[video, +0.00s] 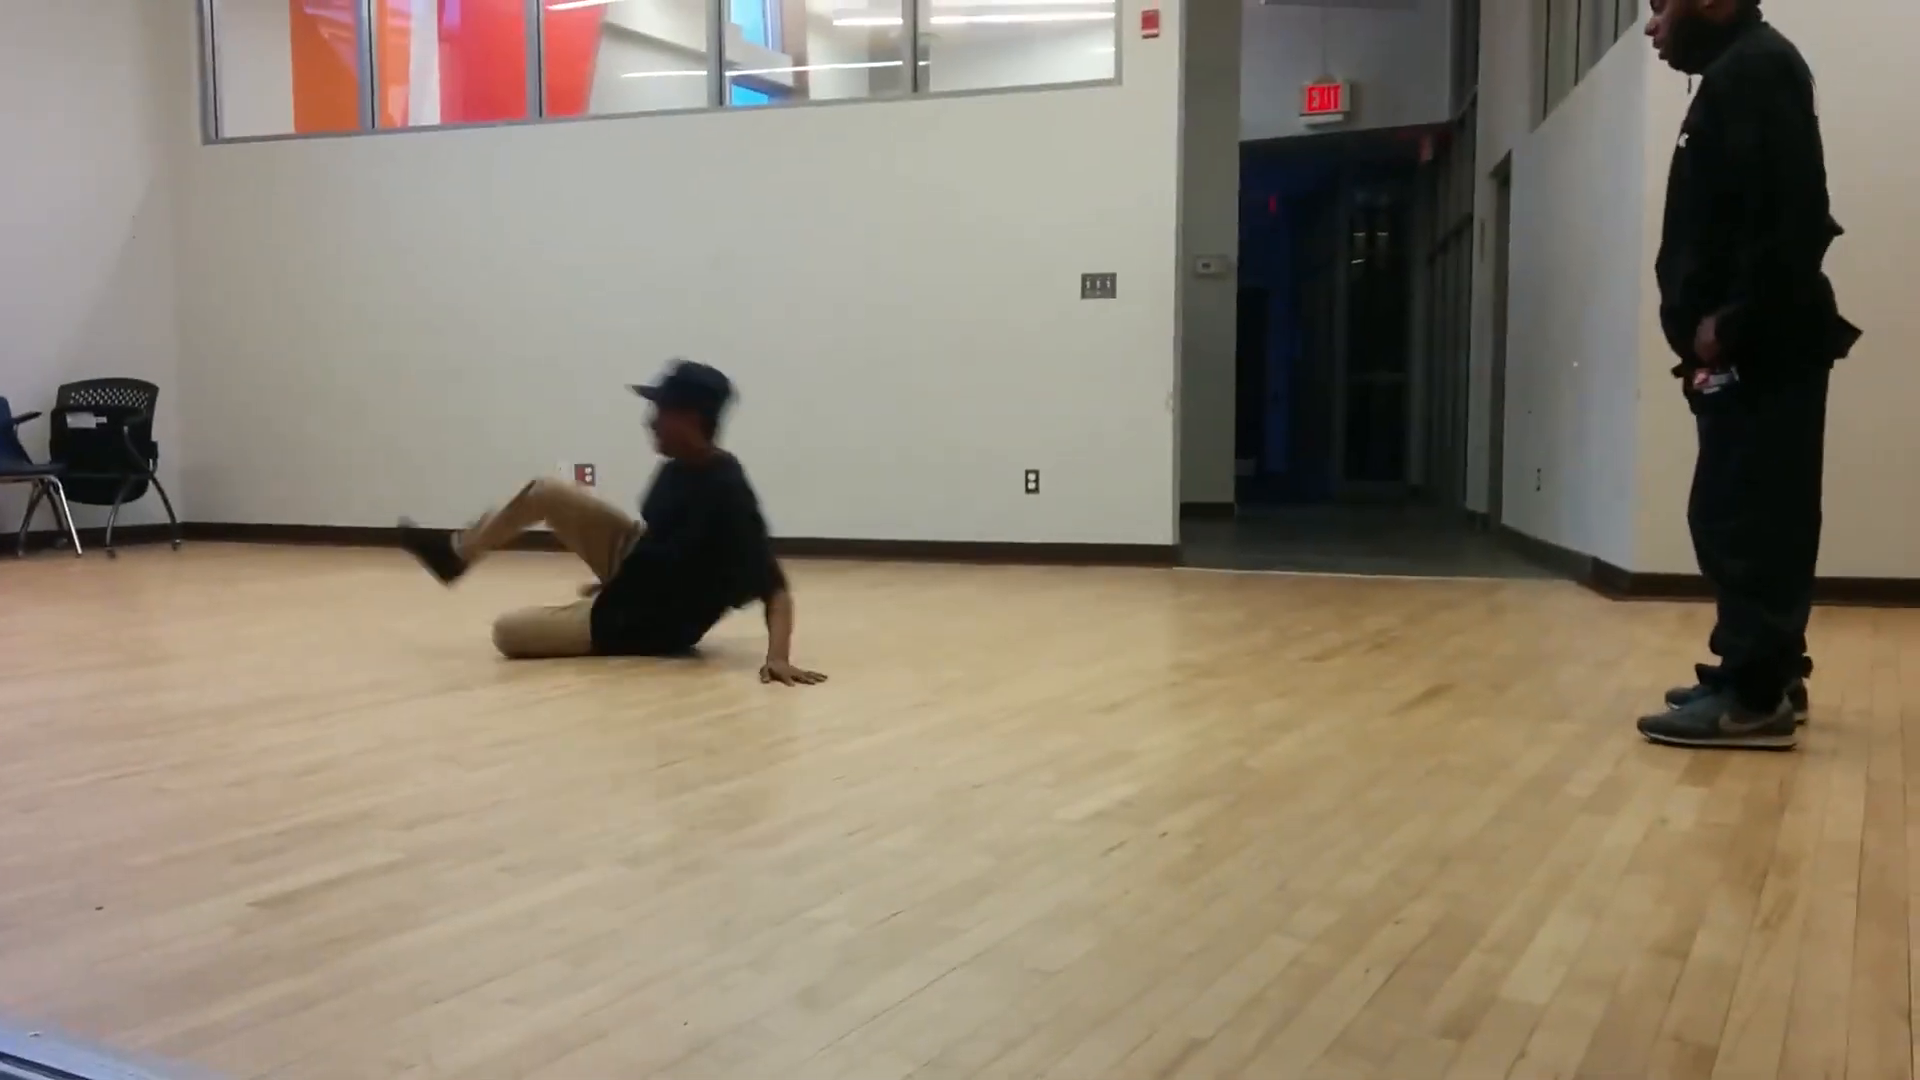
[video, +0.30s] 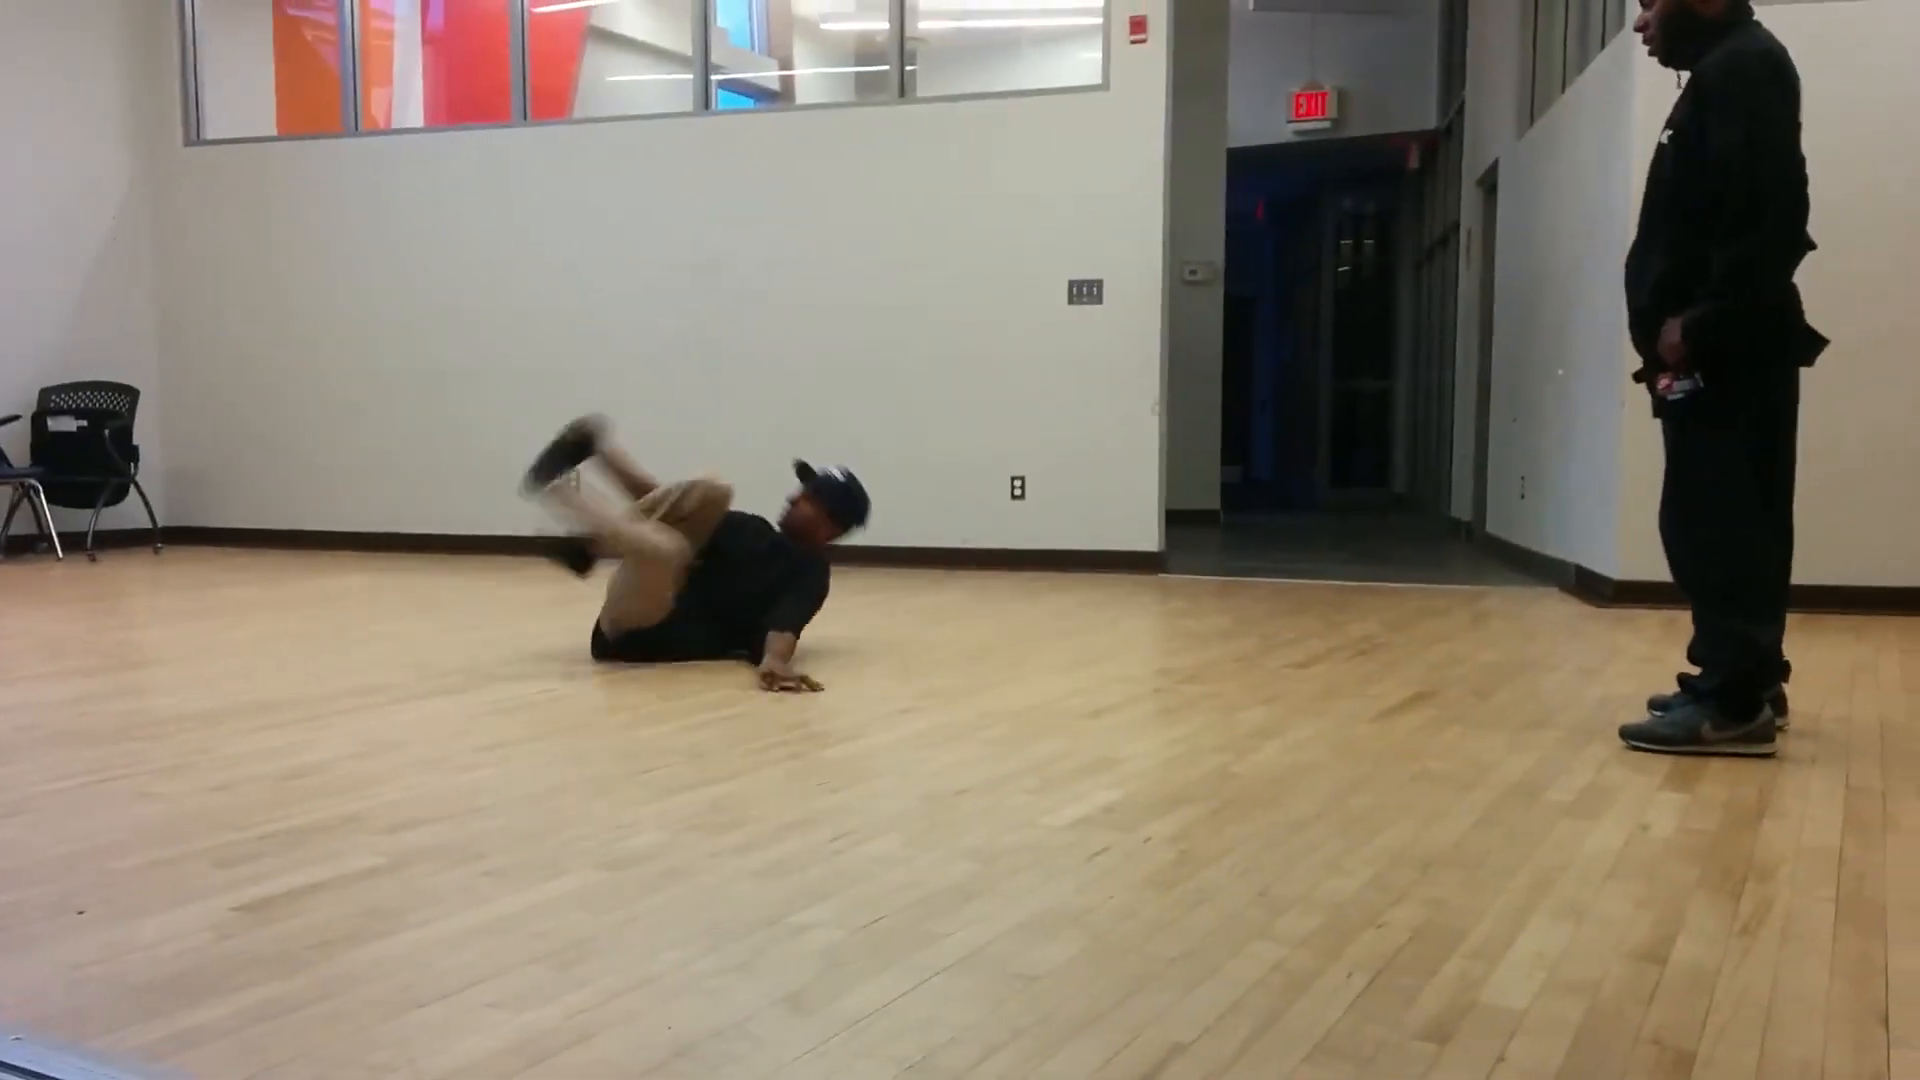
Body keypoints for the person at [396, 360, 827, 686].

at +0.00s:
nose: (653, 420)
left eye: (665, 412)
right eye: (656, 410)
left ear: (696, 421)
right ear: (681, 419)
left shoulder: (726, 494)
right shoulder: (681, 469)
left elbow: (777, 590)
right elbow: (669, 554)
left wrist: (778, 658)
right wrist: (617, 585)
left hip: (654, 619)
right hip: (643, 566)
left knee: (509, 632)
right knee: (547, 494)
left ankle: (594, 615)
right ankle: (458, 553)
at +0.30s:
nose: (794, 499)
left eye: (809, 499)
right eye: (802, 491)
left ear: (831, 526)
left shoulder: (809, 575)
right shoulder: (753, 530)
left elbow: (785, 625)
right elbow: (673, 508)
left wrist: (777, 664)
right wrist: (602, 452)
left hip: (640, 635)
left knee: (666, 548)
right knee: (712, 491)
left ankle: (558, 488)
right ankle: (587, 551)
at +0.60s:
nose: (875, 580)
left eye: (882, 595)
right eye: (885, 582)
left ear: (867, 625)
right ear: (872, 578)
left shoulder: (807, 628)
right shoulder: (820, 559)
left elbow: (749, 593)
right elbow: (793, 473)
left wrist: (826, 635)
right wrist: (786, 392)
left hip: (701, 537)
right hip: (705, 494)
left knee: (844, 467)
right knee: (710, 384)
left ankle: (773, 377)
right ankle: (584, 314)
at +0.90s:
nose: (910, 592)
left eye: (913, 599)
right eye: (912, 595)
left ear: (902, 611)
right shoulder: (829, 610)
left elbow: (871, 561)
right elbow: (747, 501)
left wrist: (881, 652)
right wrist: (692, 462)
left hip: (823, 476)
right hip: (780, 497)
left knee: (816, 340)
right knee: (663, 405)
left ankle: (715, 415)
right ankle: (631, 554)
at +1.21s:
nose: (924, 594)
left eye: (929, 607)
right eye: (929, 595)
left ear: (913, 632)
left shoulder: (895, 636)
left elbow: (858, 577)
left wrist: (880, 663)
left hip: (810, 562)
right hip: (766, 534)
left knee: (811, 423)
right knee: (671, 522)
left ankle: (699, 495)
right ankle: (686, 660)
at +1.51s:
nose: (917, 615)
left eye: (920, 626)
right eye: (922, 616)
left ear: (904, 642)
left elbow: (861, 583)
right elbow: (787, 521)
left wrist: (875, 674)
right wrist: (747, 473)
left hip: (848, 539)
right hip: (796, 522)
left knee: (894, 403)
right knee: (689, 532)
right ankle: (671, 672)